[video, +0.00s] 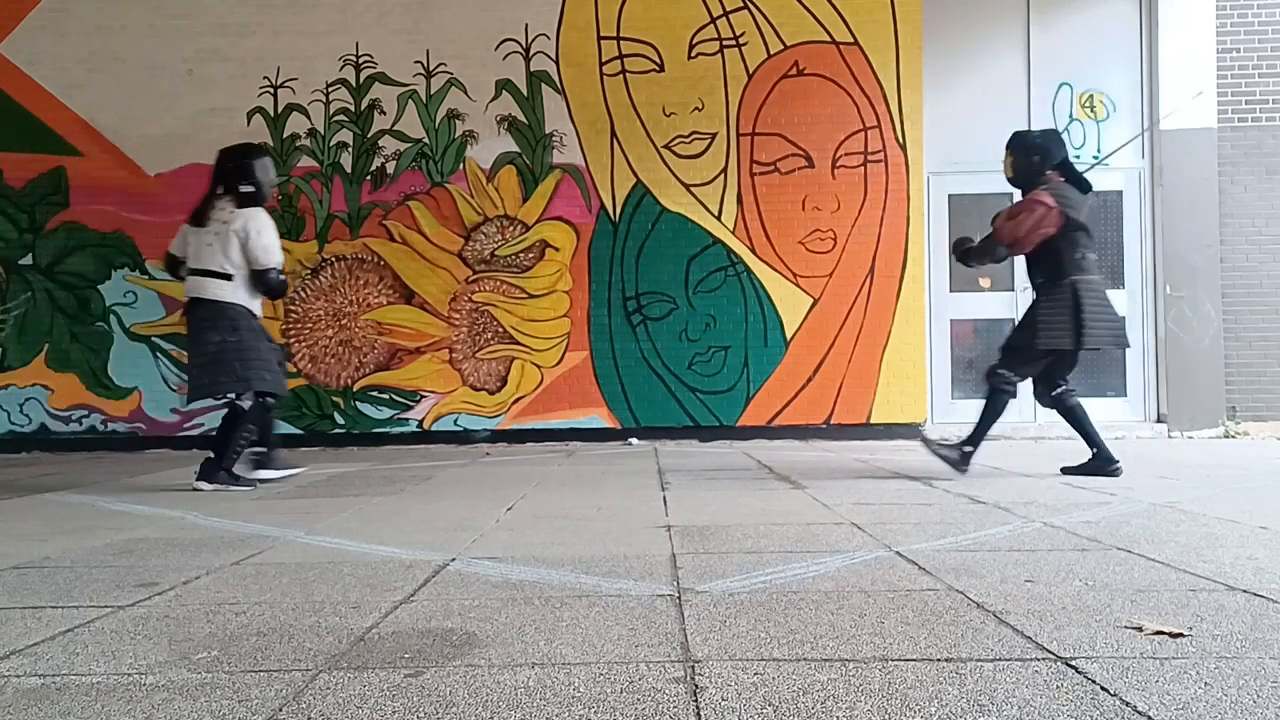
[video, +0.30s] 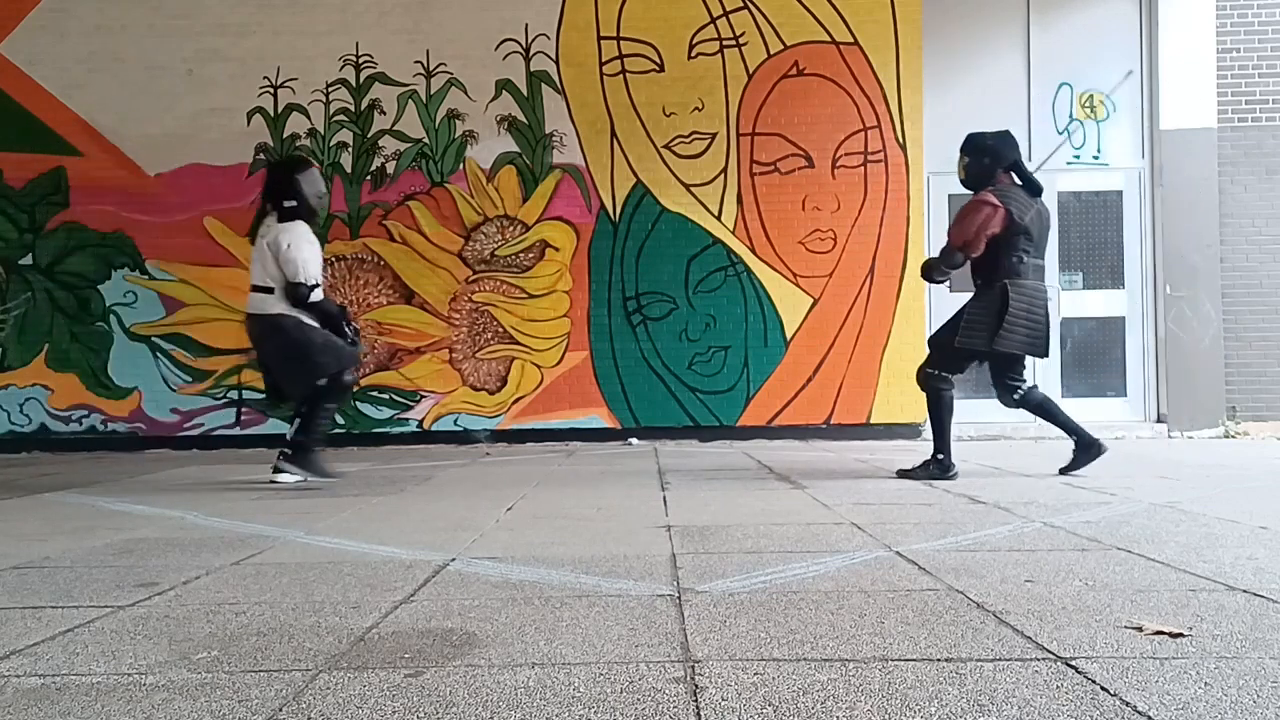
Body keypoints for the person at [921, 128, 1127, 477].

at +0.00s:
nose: (1010, 167)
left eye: (1016, 159)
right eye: (1010, 159)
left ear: (1038, 162)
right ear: (1049, 164)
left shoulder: (1043, 200)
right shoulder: (1067, 196)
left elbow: (1002, 244)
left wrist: (968, 252)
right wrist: (1005, 222)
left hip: (1060, 303)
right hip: (1083, 302)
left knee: (1006, 372)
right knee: (1049, 386)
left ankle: (966, 450)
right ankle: (1102, 456)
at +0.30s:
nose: (961, 168)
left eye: (967, 161)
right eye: (962, 160)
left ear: (989, 164)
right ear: (1005, 166)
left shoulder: (988, 203)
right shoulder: (1035, 205)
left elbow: (953, 257)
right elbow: (1017, 254)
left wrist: (932, 269)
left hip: (997, 304)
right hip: (1028, 305)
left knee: (935, 372)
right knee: (1012, 389)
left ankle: (941, 460)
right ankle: (1085, 442)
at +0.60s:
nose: (948, 169)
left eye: (953, 161)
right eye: (948, 161)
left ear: (977, 164)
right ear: (992, 166)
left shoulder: (978, 202)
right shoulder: (1018, 201)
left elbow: (943, 260)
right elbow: (1003, 252)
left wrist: (920, 270)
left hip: (989, 304)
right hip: (1021, 305)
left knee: (929, 370)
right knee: (1016, 390)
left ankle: (941, 460)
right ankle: (1071, 455)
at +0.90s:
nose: (945, 168)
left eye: (951, 160)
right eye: (945, 160)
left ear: (975, 163)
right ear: (989, 165)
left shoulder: (980, 201)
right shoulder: (1012, 200)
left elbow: (948, 256)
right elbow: (985, 253)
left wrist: (920, 273)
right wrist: (935, 268)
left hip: (989, 303)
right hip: (1017, 303)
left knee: (932, 369)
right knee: (1016, 389)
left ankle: (941, 460)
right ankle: (1071, 455)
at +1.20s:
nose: (958, 180)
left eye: (963, 172)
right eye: (958, 173)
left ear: (985, 173)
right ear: (996, 174)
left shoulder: (999, 210)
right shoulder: (1015, 206)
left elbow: (978, 269)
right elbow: (996, 258)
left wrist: (938, 284)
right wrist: (961, 252)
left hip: (1013, 307)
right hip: (1027, 305)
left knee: (956, 376)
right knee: (1033, 391)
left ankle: (943, 460)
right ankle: (1097, 446)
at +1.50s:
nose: (985, 178)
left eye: (990, 169)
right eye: (984, 170)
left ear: (1013, 169)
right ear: (1021, 170)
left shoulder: (1028, 208)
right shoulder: (1032, 202)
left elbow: (1010, 268)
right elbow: (1023, 257)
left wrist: (970, 283)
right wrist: (989, 251)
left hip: (1037, 303)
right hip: (1048, 301)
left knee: (988, 370)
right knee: (1052, 388)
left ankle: (1006, 458)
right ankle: (1106, 452)